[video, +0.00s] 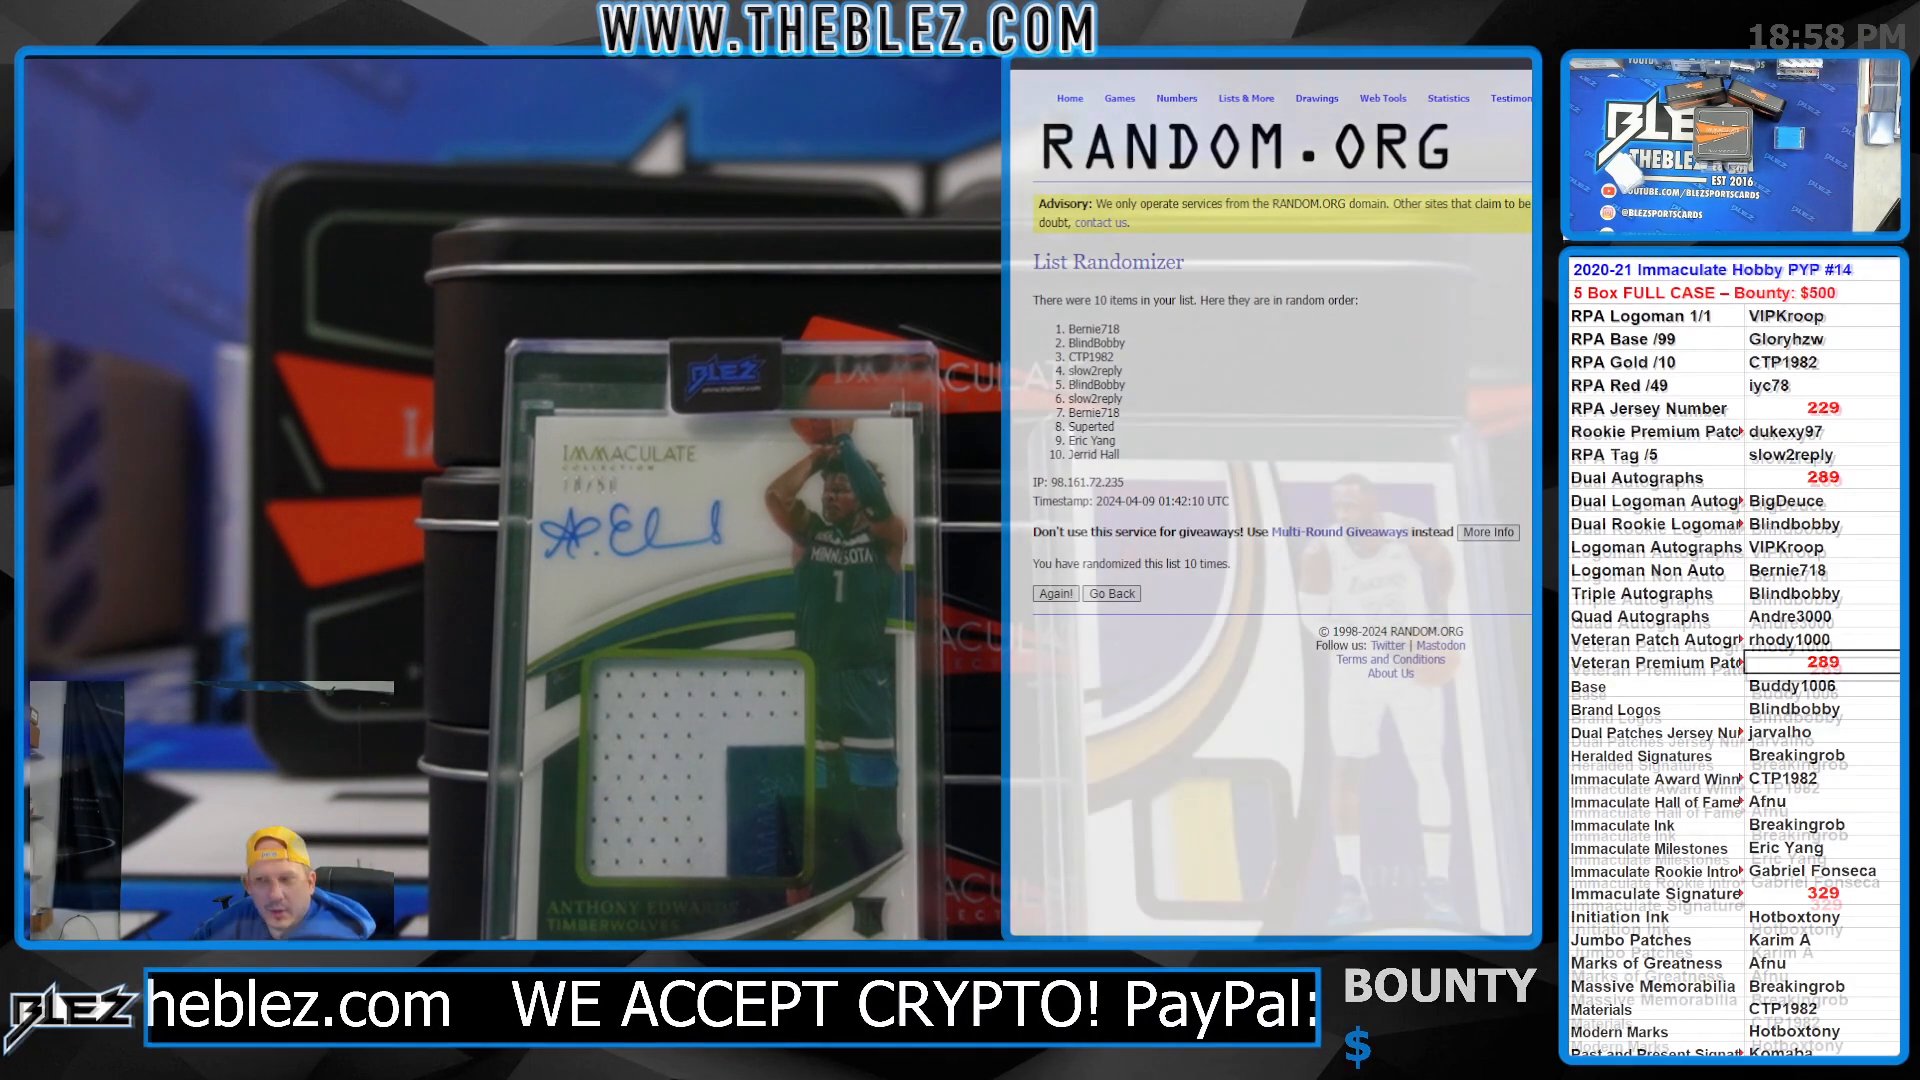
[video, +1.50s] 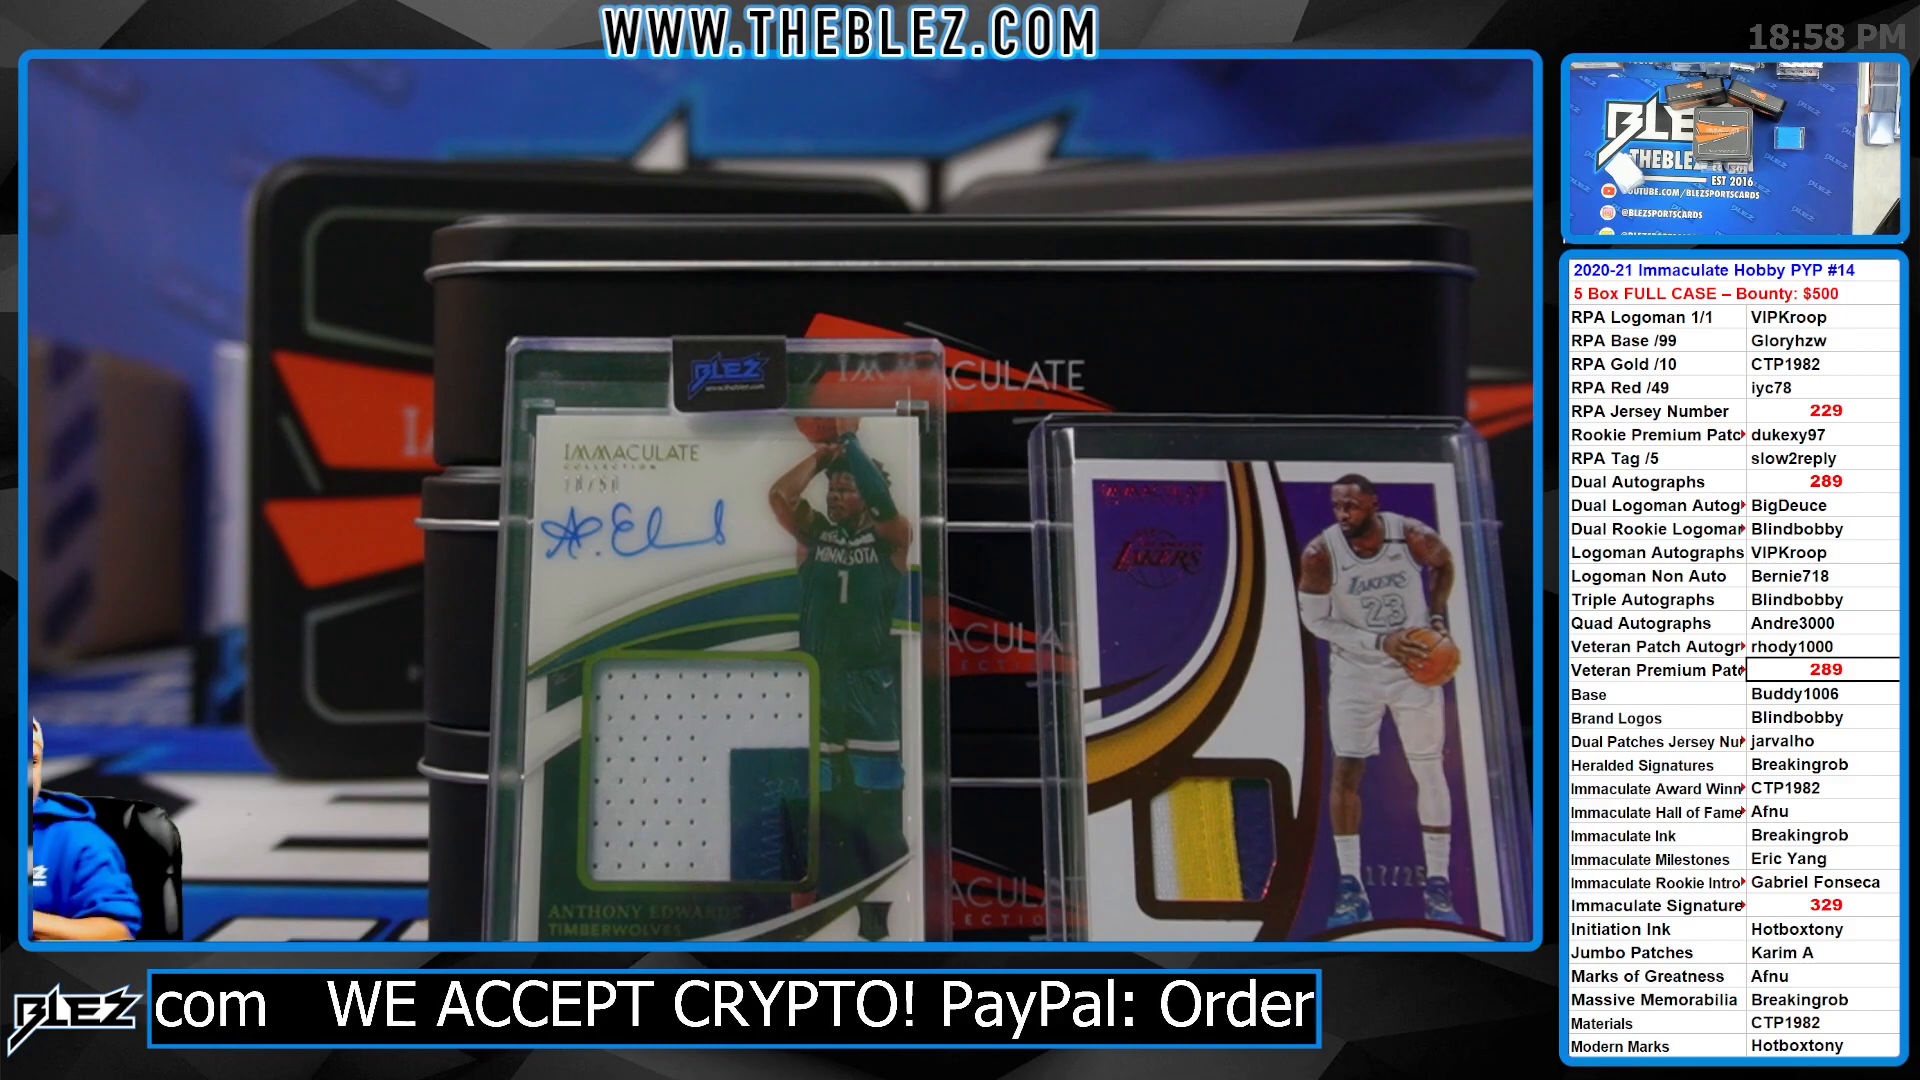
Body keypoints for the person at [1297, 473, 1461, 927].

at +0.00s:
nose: (1348, 513)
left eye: (1355, 503)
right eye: (1341, 506)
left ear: (1374, 502)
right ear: (1333, 510)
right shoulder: (1325, 550)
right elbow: (1312, 616)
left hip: (1414, 675)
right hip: (1352, 678)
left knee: (1429, 773)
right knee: (1348, 774)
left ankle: (1436, 882)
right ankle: (1349, 885)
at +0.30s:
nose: (1343, 514)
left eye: (1352, 506)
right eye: (1338, 506)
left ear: (1373, 505)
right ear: (1332, 509)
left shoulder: (1413, 536)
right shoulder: (1319, 554)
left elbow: (1444, 565)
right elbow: (1315, 621)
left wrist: (1437, 617)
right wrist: (1378, 642)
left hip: (1414, 673)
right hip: (1354, 675)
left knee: (1429, 771)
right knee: (1348, 774)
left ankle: (1438, 885)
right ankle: (1351, 889)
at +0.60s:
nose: (1344, 514)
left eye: (1352, 506)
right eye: (1338, 507)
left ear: (1373, 506)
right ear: (1332, 509)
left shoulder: (1413, 536)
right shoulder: (1319, 555)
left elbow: (1444, 564)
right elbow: (1315, 621)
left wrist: (1437, 617)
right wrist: (1379, 642)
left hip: (1414, 673)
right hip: (1354, 675)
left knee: (1429, 771)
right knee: (1348, 773)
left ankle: (1437, 884)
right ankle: (1351, 888)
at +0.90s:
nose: (1344, 514)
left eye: (1351, 506)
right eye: (1338, 506)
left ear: (1373, 505)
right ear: (1332, 509)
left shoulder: (1412, 536)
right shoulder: (1319, 555)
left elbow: (1444, 564)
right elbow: (1315, 621)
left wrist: (1437, 616)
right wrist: (1379, 642)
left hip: (1414, 673)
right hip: (1354, 675)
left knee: (1429, 771)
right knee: (1348, 773)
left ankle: (1437, 884)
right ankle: (1351, 888)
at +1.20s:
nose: (1343, 513)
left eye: (1351, 505)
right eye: (1337, 506)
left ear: (1373, 505)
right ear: (1332, 509)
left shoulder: (1413, 536)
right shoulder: (1319, 555)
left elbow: (1444, 564)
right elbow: (1315, 621)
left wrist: (1437, 616)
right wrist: (1378, 642)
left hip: (1414, 673)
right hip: (1354, 675)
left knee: (1429, 771)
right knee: (1348, 773)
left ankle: (1438, 884)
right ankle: (1351, 888)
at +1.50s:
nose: (1342, 514)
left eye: (1351, 506)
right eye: (1336, 506)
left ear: (1374, 505)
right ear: (1332, 509)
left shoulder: (1413, 536)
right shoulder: (1319, 555)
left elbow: (1444, 565)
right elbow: (1316, 621)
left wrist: (1437, 617)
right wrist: (1379, 642)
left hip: (1414, 672)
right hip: (1354, 675)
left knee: (1430, 771)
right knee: (1347, 773)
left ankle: (1438, 884)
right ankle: (1351, 888)